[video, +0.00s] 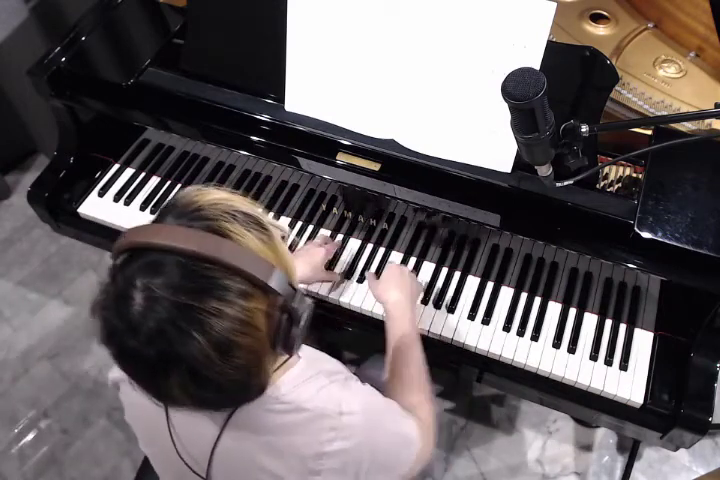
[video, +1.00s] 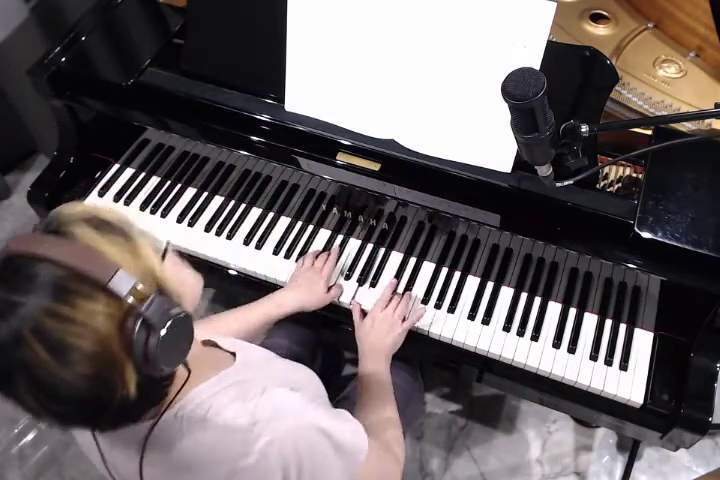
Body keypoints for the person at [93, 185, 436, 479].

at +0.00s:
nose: (285, 254)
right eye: (275, 253)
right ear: (267, 318)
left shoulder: (134, 368)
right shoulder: (335, 418)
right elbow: (416, 440)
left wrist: (287, 274)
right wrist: (401, 311)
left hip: (166, 464)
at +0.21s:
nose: (271, 243)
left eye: (259, 238)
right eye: (263, 246)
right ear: (248, 302)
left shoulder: (125, 374)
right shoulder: (329, 417)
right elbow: (390, 439)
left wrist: (288, 288)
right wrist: (382, 322)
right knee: (395, 357)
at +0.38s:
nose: (253, 235)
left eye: (244, 230)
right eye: (246, 237)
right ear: (233, 295)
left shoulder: (118, 376)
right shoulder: (317, 414)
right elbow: (382, 454)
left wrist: (286, 297)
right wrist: (372, 338)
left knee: (298, 328)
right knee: (393, 360)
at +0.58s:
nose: (221, 226)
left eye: (208, 221)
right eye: (212, 228)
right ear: (211, 297)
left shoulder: (103, 372)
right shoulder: (301, 416)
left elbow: (202, 341)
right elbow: (385, 464)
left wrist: (281, 287)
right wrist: (369, 346)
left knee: (306, 320)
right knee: (391, 359)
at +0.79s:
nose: (185, 232)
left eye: (172, 230)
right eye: (175, 238)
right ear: (172, 315)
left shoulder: (93, 377)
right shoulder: (280, 426)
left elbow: (192, 350)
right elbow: (385, 467)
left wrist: (288, 301)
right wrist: (374, 356)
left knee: (304, 320)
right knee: (398, 376)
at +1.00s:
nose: (166, 244)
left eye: (152, 244)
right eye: (155, 254)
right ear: (156, 342)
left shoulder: (83, 374)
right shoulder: (272, 435)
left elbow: (179, 345)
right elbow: (383, 465)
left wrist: (286, 301)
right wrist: (375, 361)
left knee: (302, 322)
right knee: (399, 377)